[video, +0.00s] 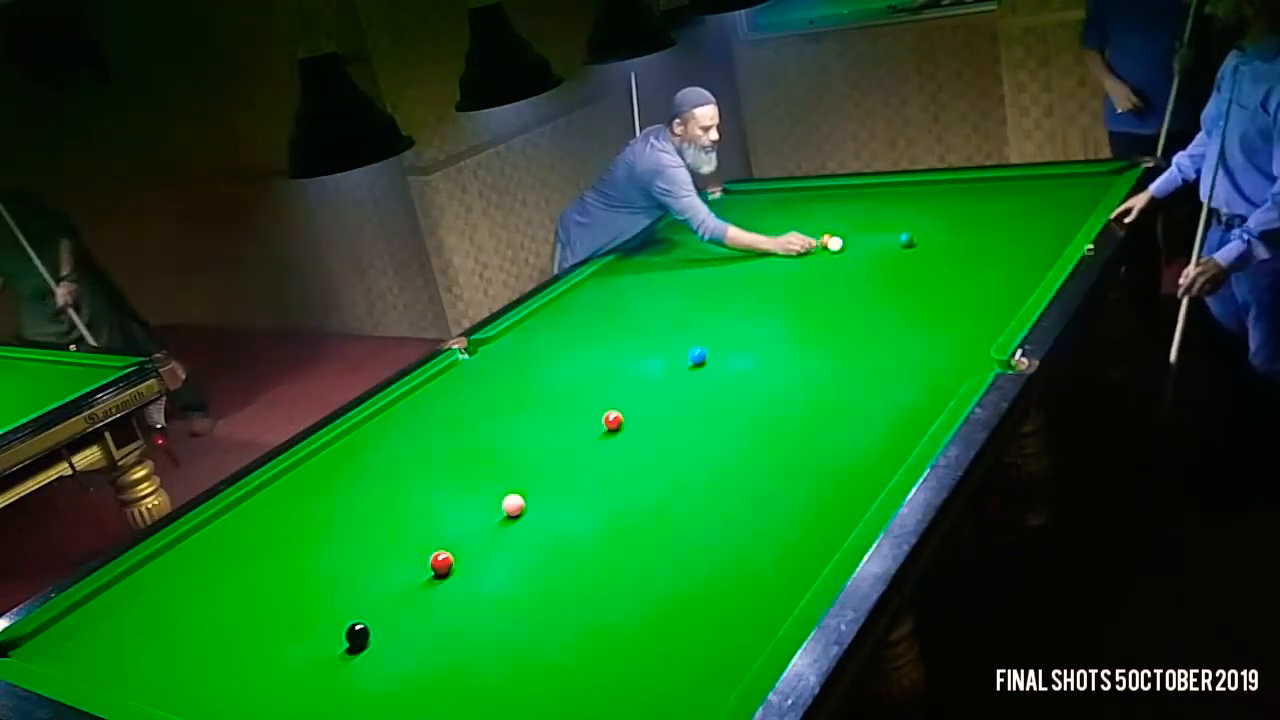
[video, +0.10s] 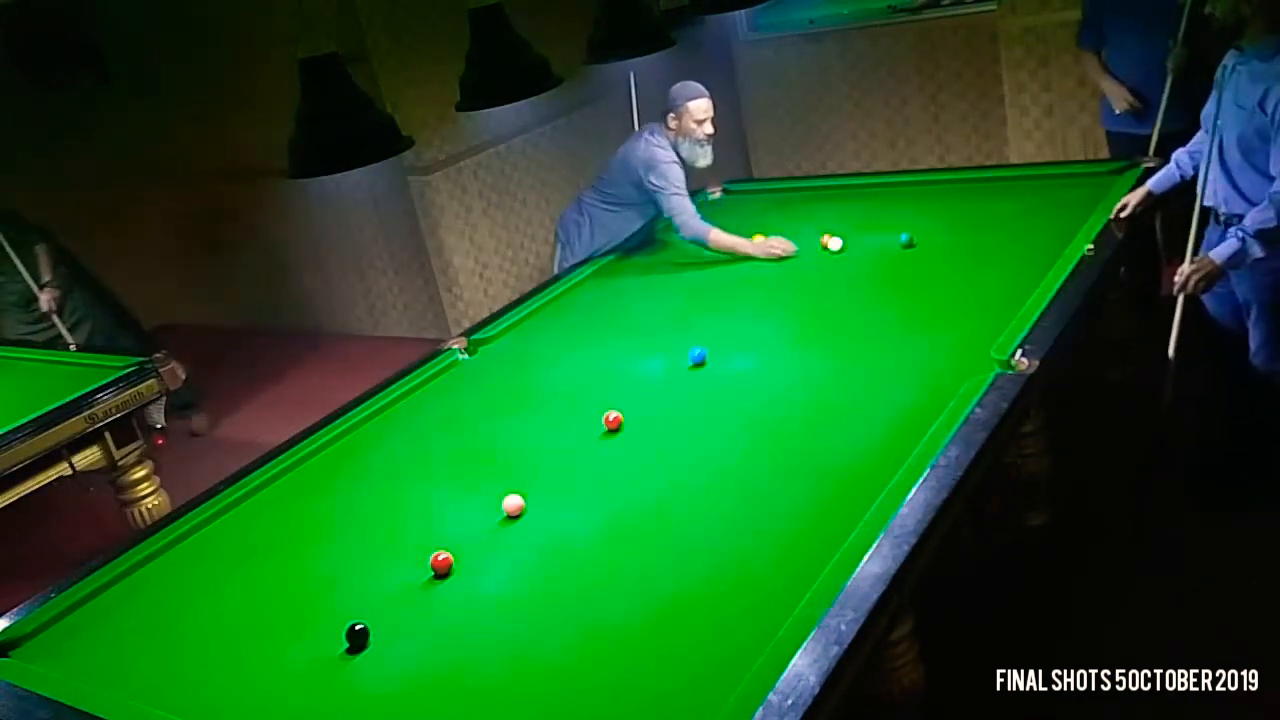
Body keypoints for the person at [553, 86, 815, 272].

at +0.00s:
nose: (715, 138)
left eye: (716, 128)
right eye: (706, 129)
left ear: (680, 127)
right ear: (678, 128)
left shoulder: (663, 135)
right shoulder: (662, 164)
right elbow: (706, 226)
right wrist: (773, 243)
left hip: (623, 234)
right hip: (586, 241)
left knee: (610, 312)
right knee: (578, 320)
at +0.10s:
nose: (709, 130)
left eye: (710, 121)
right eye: (699, 123)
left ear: (674, 121)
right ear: (672, 123)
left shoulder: (663, 136)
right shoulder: (658, 158)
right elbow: (689, 227)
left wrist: (697, 192)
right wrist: (753, 247)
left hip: (621, 231)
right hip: (587, 238)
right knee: (576, 317)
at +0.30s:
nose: (679, 106)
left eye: (680, 96)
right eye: (668, 98)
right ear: (642, 99)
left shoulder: (645, 129)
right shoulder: (629, 136)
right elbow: (620, 211)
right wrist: (668, 255)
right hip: (587, 237)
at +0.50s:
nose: (634, 87)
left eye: (635, 78)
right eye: (622, 80)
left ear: (638, 77)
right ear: (598, 83)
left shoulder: (627, 120)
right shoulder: (580, 128)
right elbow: (551, 196)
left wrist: (631, 190)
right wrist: (572, 250)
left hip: (611, 236)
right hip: (578, 245)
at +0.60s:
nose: (609, 84)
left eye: (610, 75)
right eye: (597, 77)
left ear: (614, 76)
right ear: (574, 81)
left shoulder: (605, 115)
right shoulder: (559, 126)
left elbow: (597, 168)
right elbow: (530, 193)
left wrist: (626, 189)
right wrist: (548, 254)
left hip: (608, 239)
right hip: (575, 253)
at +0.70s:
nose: (585, 84)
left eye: (586, 76)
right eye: (574, 78)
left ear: (589, 78)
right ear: (557, 83)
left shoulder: (587, 121)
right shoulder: (539, 132)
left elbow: (587, 173)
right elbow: (516, 201)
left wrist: (620, 192)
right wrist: (535, 260)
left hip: (601, 244)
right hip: (566, 258)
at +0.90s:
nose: (536, 101)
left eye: (538, 95)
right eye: (526, 97)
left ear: (543, 95)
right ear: (510, 103)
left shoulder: (544, 132)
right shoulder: (495, 146)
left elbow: (554, 179)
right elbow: (489, 219)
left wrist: (596, 197)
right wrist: (534, 264)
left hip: (572, 253)